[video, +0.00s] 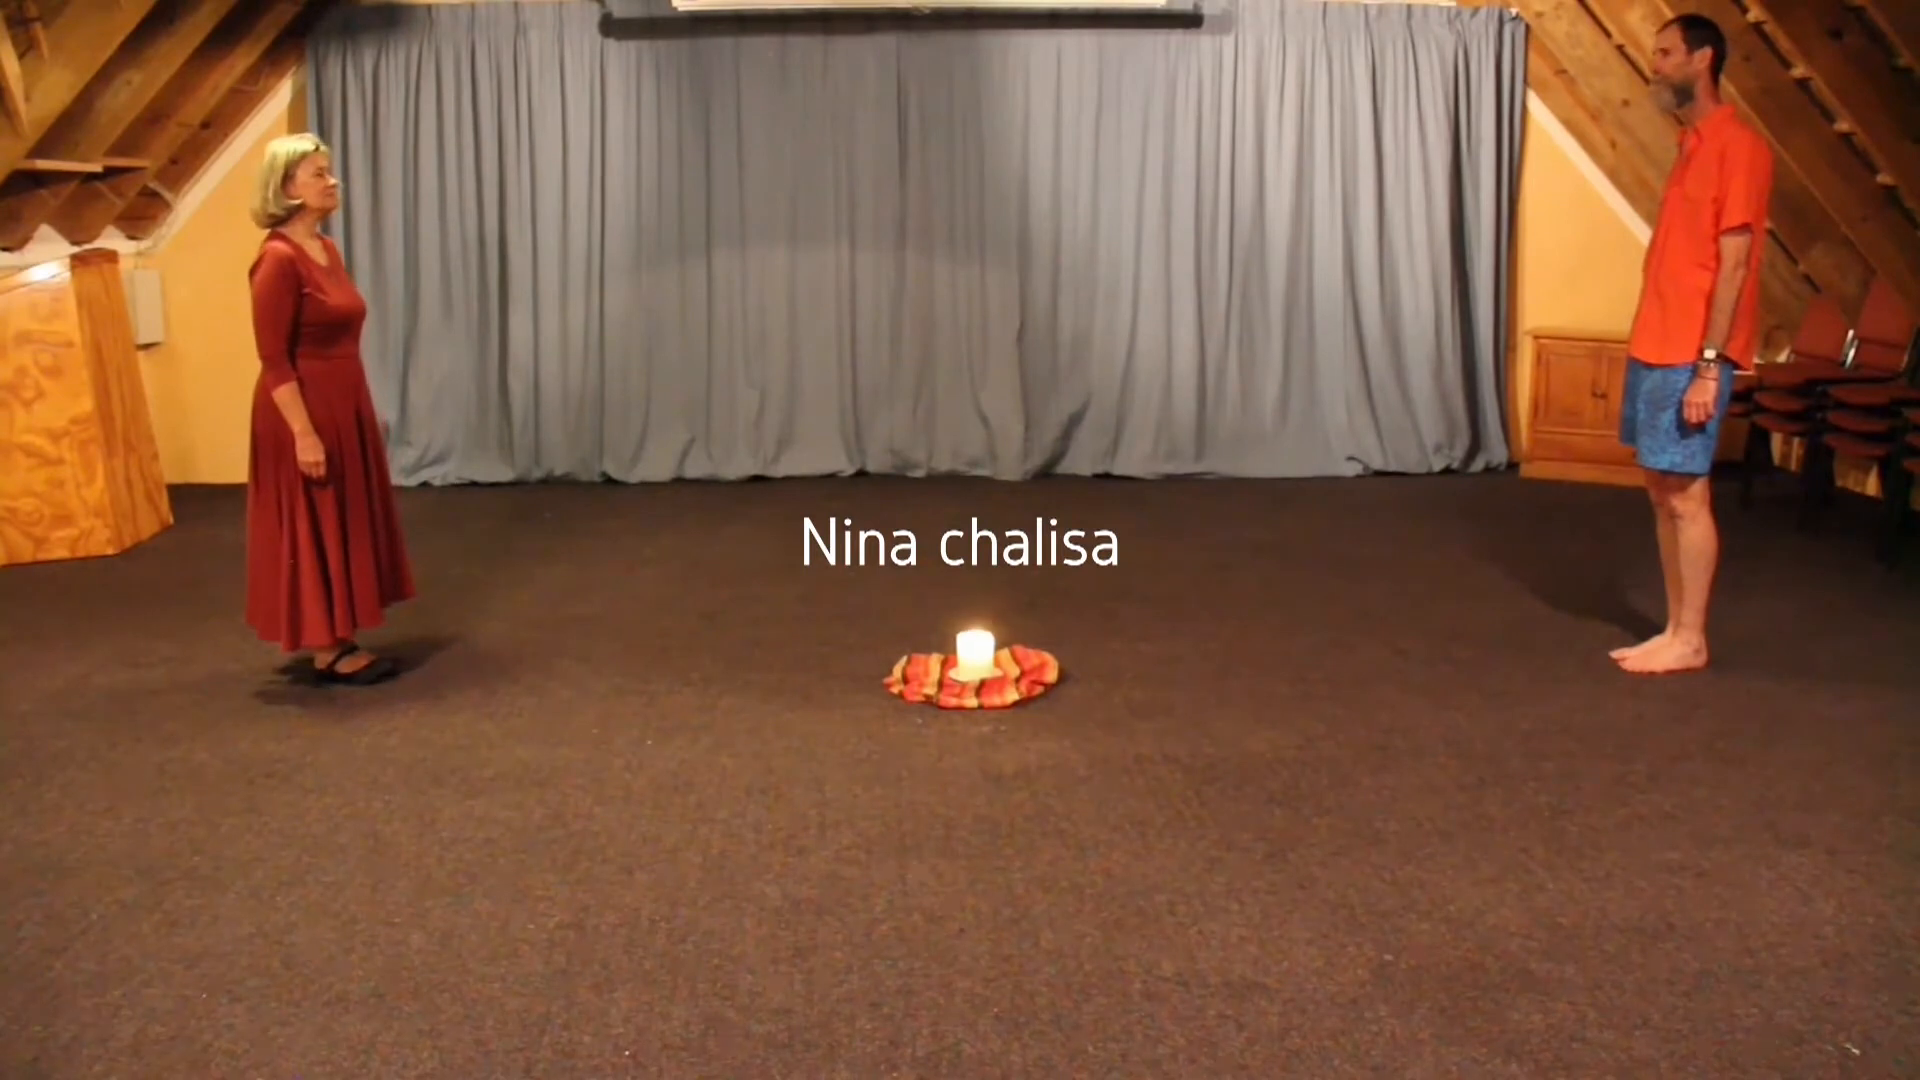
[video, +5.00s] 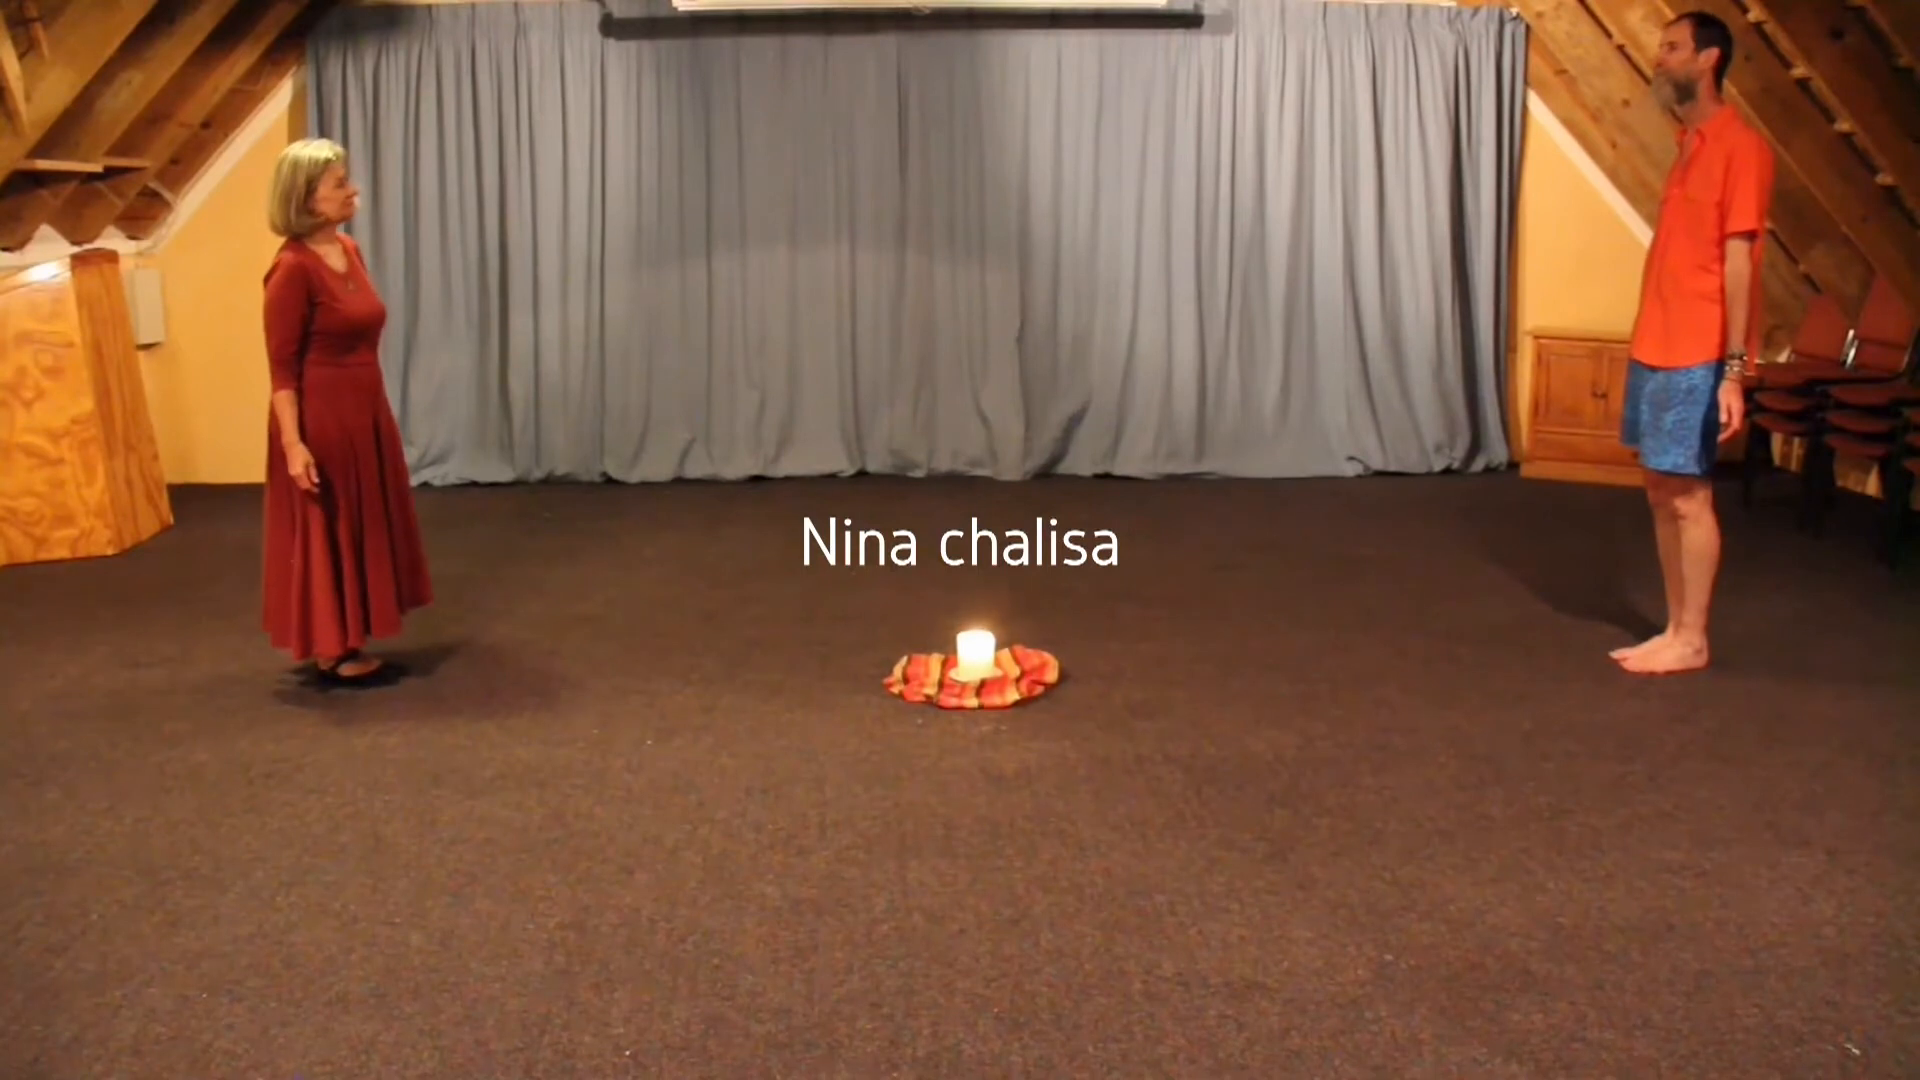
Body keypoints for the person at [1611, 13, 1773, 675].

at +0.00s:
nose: (1654, 65)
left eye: (1665, 53)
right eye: (1654, 54)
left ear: (1704, 59)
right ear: (1692, 61)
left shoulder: (1737, 141)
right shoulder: (1697, 141)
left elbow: (1734, 262)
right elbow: (1691, 256)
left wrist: (1711, 363)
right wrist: (1661, 349)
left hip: (1693, 357)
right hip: (1659, 351)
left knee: (1686, 499)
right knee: (1664, 494)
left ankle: (1691, 639)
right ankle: (1676, 630)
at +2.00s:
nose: (1658, 62)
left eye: (1670, 50)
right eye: (1658, 50)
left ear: (1710, 58)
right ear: (1692, 60)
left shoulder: (1741, 142)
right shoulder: (1695, 140)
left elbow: (1738, 258)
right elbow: (1688, 252)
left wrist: (1728, 366)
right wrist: (1654, 344)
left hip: (1694, 355)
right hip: (1657, 349)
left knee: (1688, 496)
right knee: (1663, 493)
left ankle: (1692, 639)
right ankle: (1677, 630)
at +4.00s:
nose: (1653, 65)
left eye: (1665, 53)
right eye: (1654, 53)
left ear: (1705, 61)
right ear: (1689, 62)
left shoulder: (1738, 146)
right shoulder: (1690, 143)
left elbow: (1735, 262)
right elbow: (1685, 256)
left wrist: (1728, 370)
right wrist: (1654, 347)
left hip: (1694, 358)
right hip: (1655, 352)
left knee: (1687, 498)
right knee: (1661, 493)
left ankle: (1692, 639)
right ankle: (1677, 630)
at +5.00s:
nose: (1659, 58)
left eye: (1672, 47)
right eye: (1660, 46)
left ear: (1710, 59)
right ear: (1691, 60)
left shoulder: (1740, 143)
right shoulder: (1694, 142)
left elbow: (1739, 259)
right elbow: (1692, 256)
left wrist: (1734, 367)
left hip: (1696, 356)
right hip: (1658, 350)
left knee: (1688, 497)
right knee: (1662, 492)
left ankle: (1693, 639)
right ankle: (1677, 630)